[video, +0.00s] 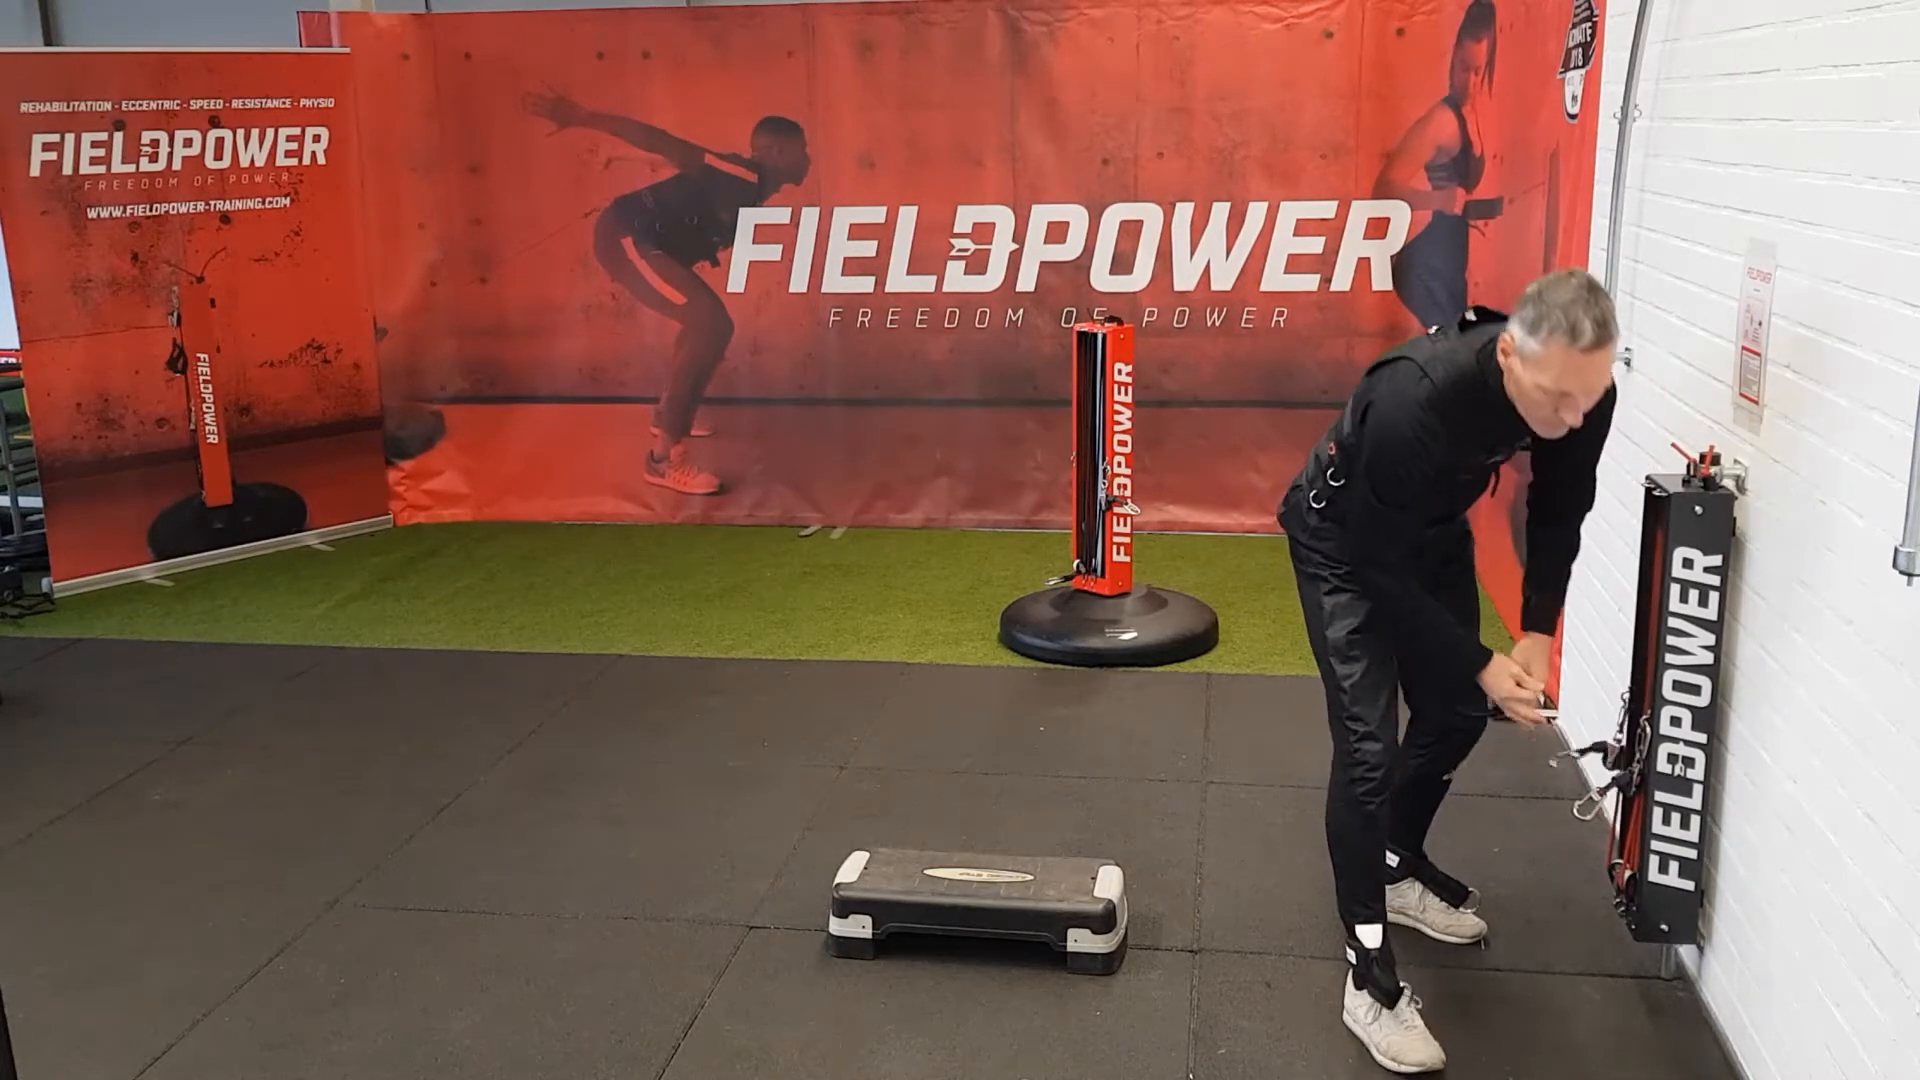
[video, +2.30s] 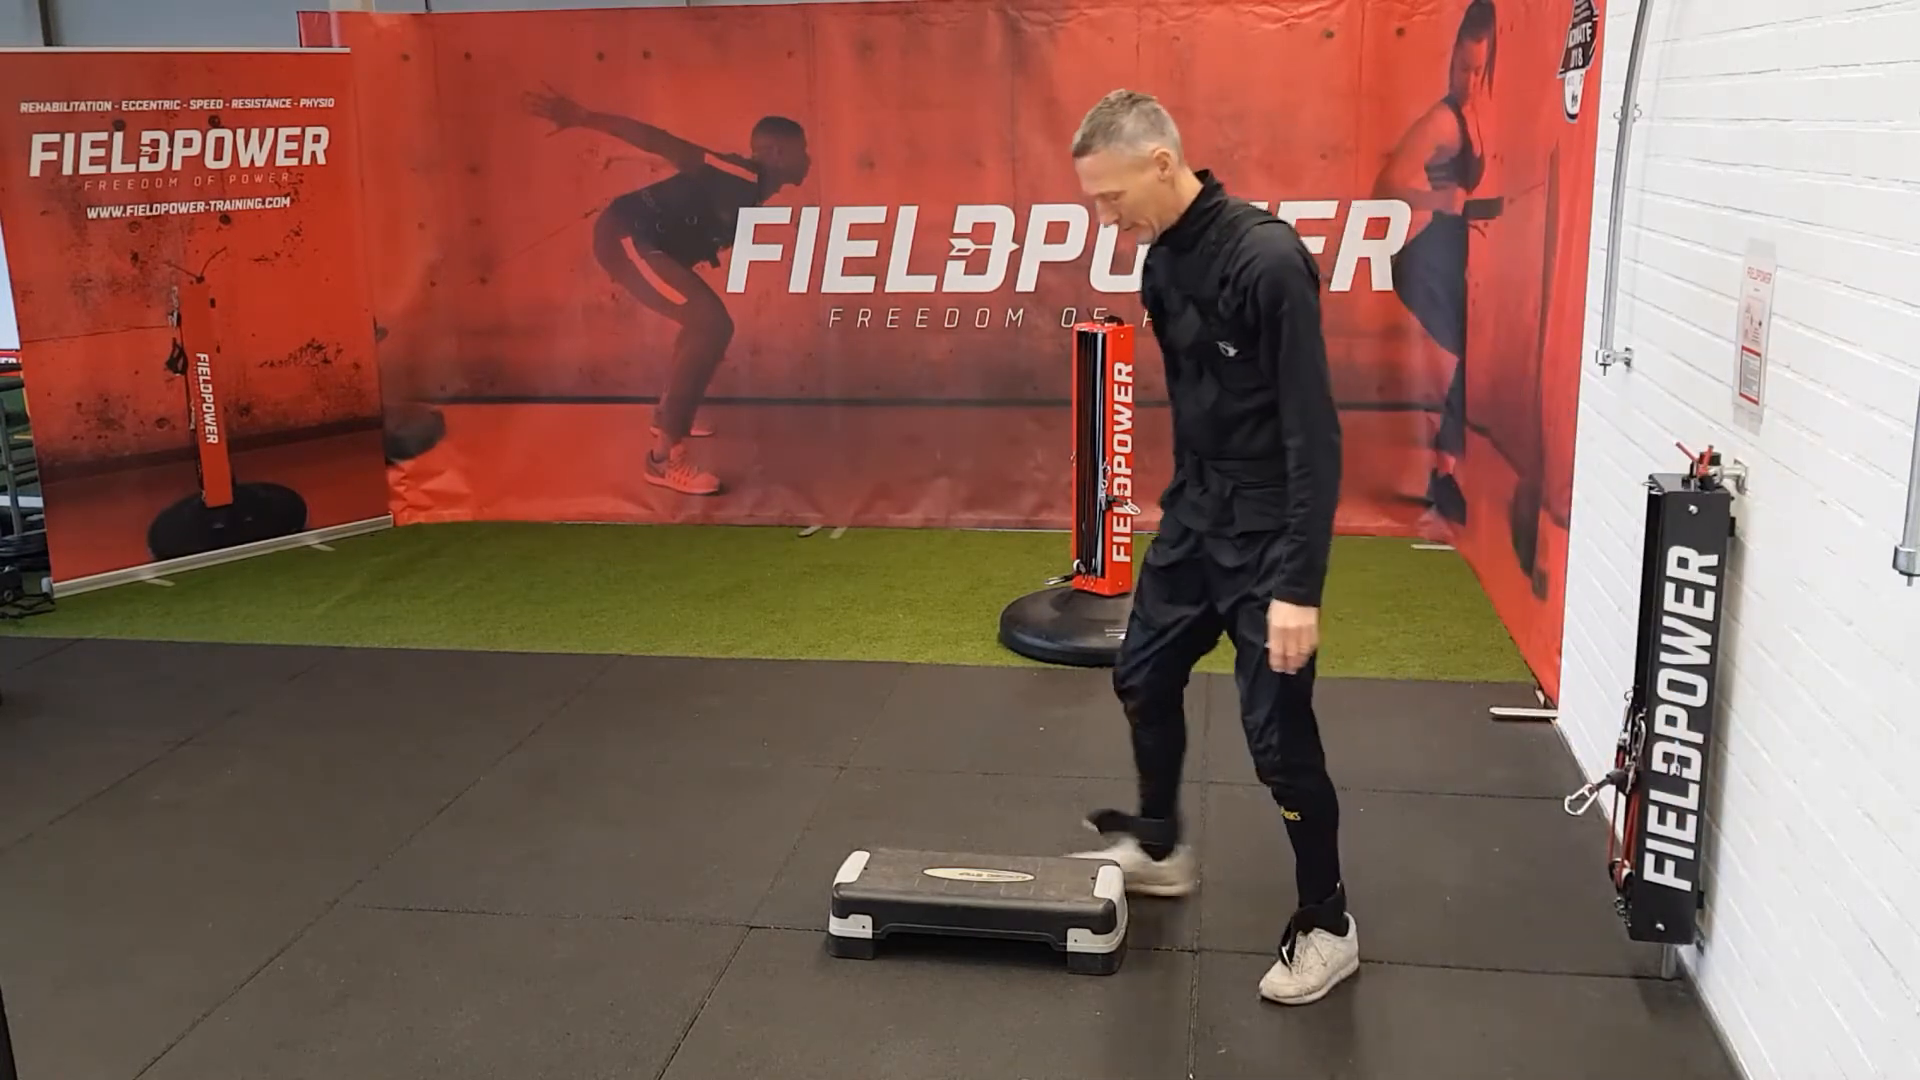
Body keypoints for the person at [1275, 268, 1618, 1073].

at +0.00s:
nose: (1574, 416)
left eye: (1589, 397)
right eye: (1557, 395)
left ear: (1605, 365)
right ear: (1510, 354)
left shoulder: (1589, 387)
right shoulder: (1418, 402)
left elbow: (1559, 503)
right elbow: (1382, 560)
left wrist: (1538, 628)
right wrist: (1480, 667)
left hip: (1436, 531)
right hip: (1343, 536)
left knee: (1454, 716)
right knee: (1369, 752)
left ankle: (1395, 866)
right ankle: (1370, 976)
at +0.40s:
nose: (1527, 323)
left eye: (1544, 300)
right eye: (1506, 303)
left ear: (1565, 271)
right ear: (1458, 269)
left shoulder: (1587, 344)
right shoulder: (1377, 346)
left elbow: (1593, 505)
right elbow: (1343, 524)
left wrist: (1562, 660)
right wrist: (1422, 660)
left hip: (1489, 562)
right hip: (1378, 567)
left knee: (1515, 761)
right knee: (1383, 779)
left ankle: (1487, 968)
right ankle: (1372, 977)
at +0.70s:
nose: (1536, 306)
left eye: (1556, 282)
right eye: (1515, 284)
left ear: (1583, 251)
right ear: (1473, 248)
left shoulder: (1620, 355)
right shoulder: (1405, 311)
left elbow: (1652, 552)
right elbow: (1322, 453)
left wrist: (1659, 736)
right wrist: (1299, 612)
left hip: (1530, 583)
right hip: (1408, 569)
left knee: (1532, 812)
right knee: (1397, 777)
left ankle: (1515, 1040)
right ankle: (1374, 981)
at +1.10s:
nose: (1408, 269)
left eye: (1429, 251)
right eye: (1400, 246)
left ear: (1503, 227)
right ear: (1393, 223)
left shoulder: (1592, 322)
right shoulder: (1385, 288)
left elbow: (1676, 525)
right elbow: (1347, 419)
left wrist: (1660, 706)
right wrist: (1329, 549)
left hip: (1529, 580)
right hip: (1404, 554)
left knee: (1533, 817)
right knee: (1343, 732)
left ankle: (1515, 1036)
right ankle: (1326, 900)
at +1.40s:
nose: (1290, 238)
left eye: (1301, 216)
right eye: (1281, 218)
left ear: (1370, 190)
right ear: (1301, 203)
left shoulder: (1480, 296)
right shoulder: (1302, 284)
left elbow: (1540, 480)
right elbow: (1289, 428)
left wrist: (1541, 647)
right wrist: (1279, 551)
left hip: (1460, 571)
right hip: (1342, 553)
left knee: (1488, 803)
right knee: (1292, 732)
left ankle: (1512, 1035)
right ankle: (1295, 899)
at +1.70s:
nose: (1186, 217)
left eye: (1196, 195)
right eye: (1176, 198)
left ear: (1254, 165)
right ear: (1206, 180)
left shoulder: (1367, 254)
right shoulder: (1219, 270)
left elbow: (1432, 422)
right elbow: (1216, 415)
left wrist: (1417, 572)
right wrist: (1200, 536)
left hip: (1385, 530)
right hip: (1288, 525)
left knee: (1387, 752)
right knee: (1280, 727)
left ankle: (1420, 972)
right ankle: (1292, 901)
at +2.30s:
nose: (1105, 219)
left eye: (1111, 198)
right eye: (1095, 202)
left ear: (1164, 165)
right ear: (1138, 177)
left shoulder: (1269, 264)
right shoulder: (1163, 262)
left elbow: (1316, 438)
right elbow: (1196, 407)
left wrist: (1298, 590)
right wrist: (1180, 522)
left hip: (1272, 531)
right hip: (1193, 520)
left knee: (1281, 741)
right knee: (1143, 677)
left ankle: (1327, 924)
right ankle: (1158, 843)